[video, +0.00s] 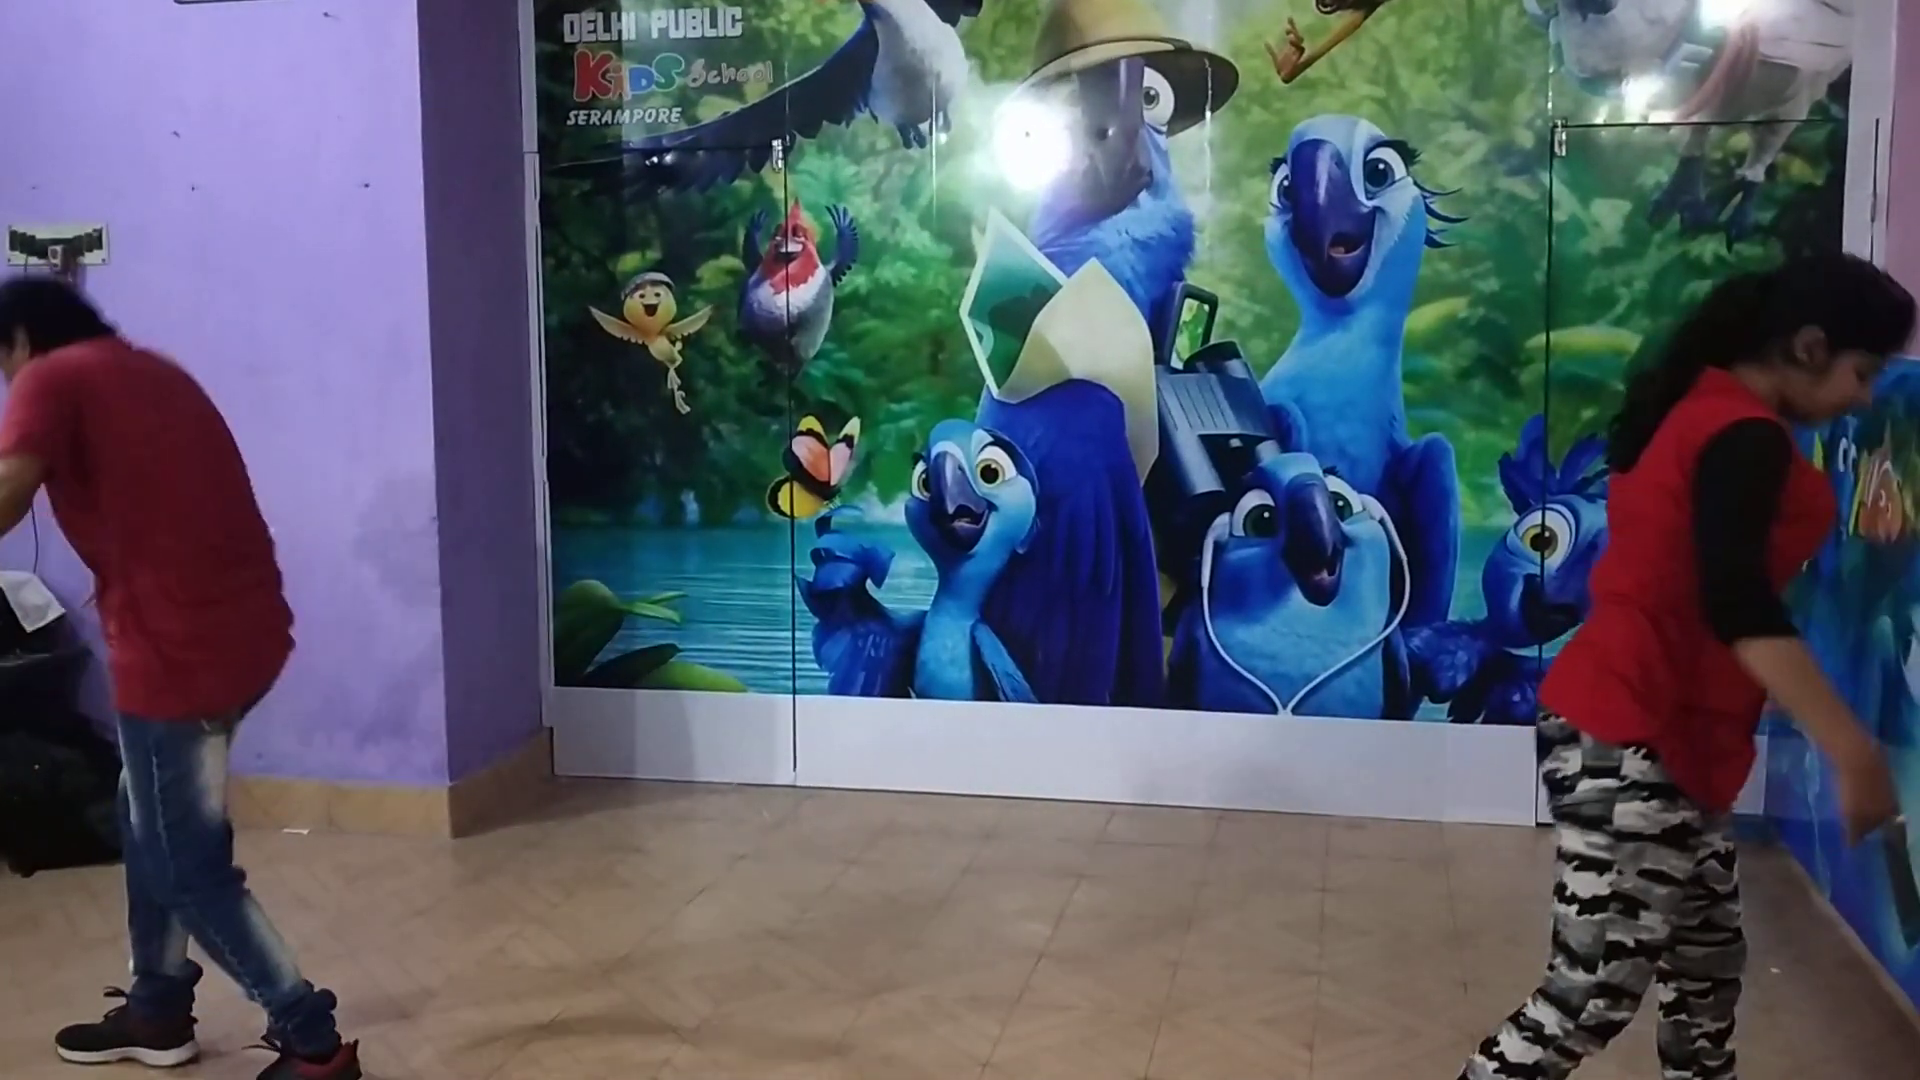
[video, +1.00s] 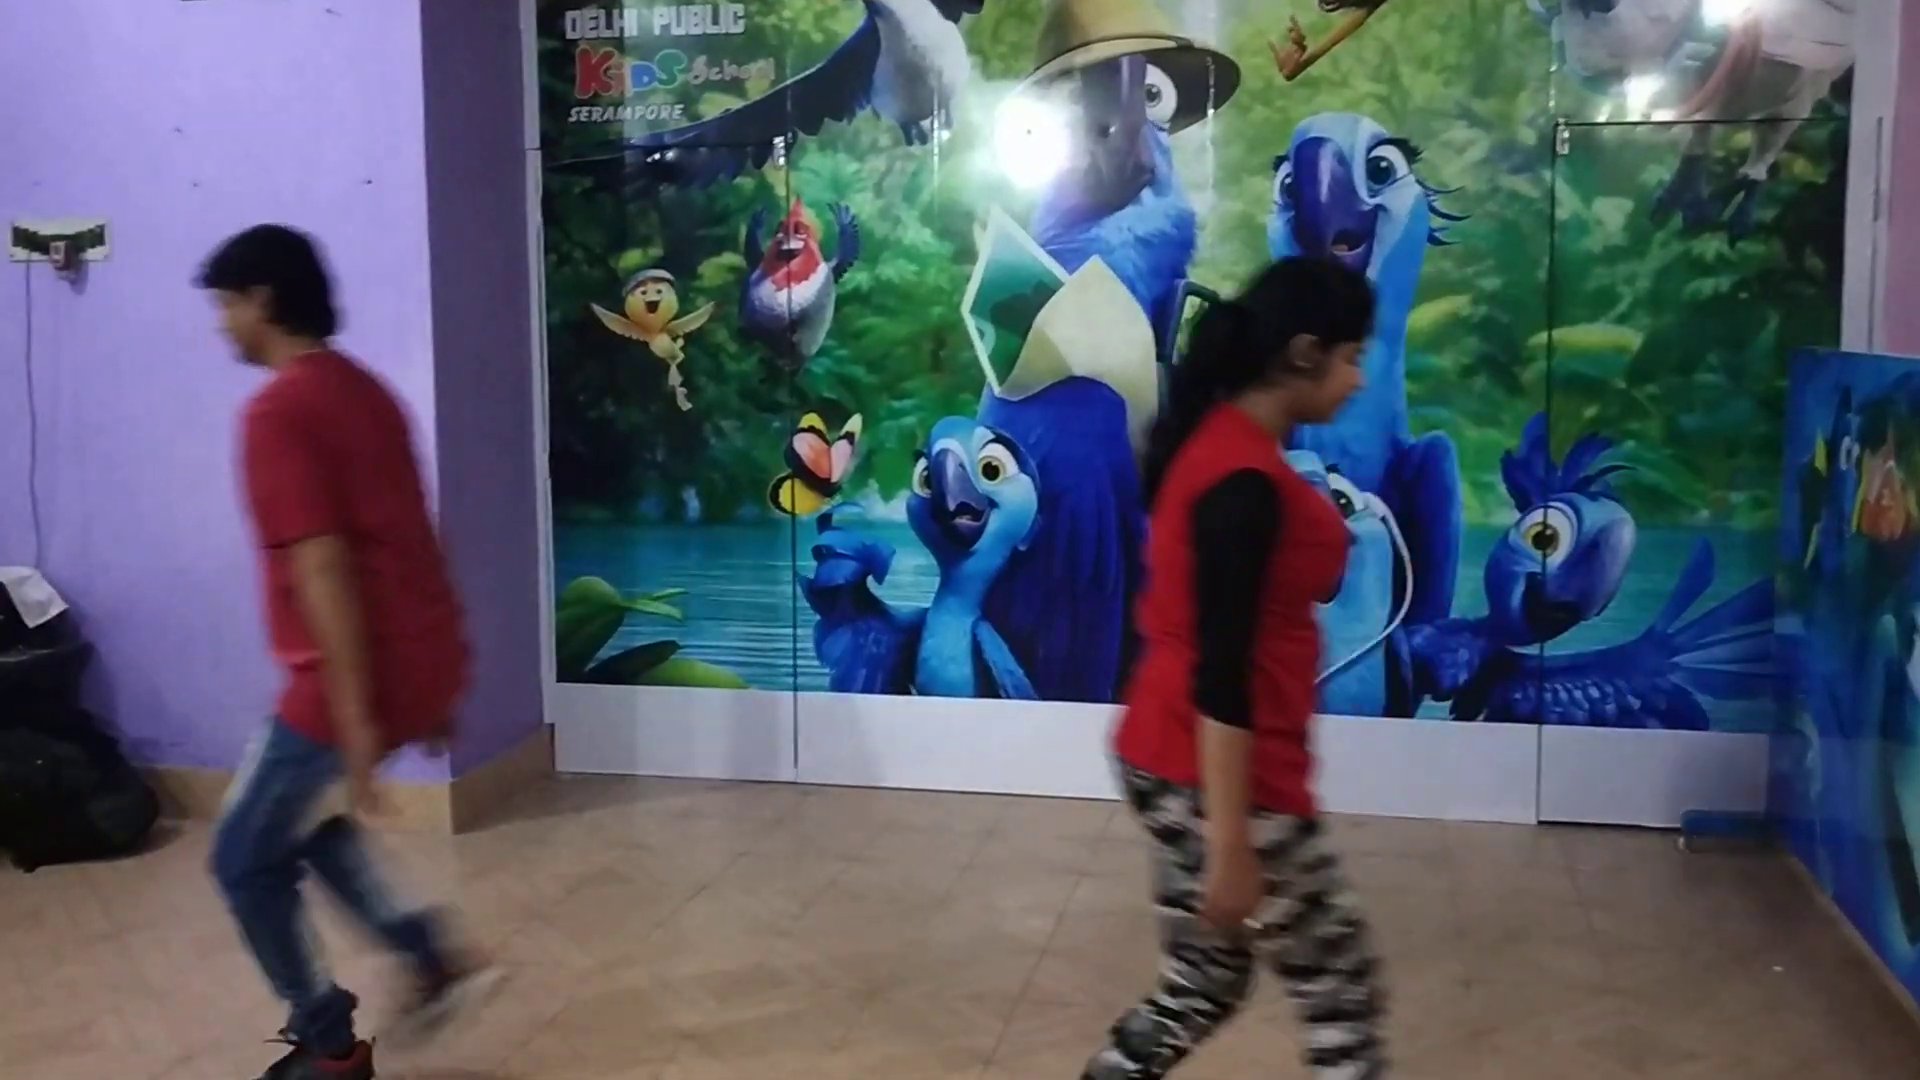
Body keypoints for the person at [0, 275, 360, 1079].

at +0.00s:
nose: (3, 373)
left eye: (0, 360)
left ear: (20, 342)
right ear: (80, 327)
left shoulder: (49, 379)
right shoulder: (155, 370)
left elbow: (7, 499)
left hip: (171, 651)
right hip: (247, 634)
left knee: (194, 871)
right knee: (148, 828)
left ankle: (313, 1043)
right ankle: (158, 1014)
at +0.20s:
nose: (13, 297)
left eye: (13, 278)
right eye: (11, 280)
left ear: (41, 271)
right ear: (96, 267)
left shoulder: (61, 340)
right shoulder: (168, 336)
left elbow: (49, 448)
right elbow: (264, 437)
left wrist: (1, 524)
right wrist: (281, 475)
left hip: (151, 640)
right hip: (227, 618)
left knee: (216, 842)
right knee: (154, 810)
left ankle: (312, 1036)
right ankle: (157, 1011)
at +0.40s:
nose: (11, 287)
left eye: (12, 268)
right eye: (10, 270)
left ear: (41, 265)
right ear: (96, 264)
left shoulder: (64, 353)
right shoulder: (165, 345)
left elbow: (53, 472)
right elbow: (253, 431)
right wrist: (302, 463)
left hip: (161, 640)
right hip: (230, 615)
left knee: (215, 843)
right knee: (151, 807)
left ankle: (312, 1035)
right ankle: (154, 1009)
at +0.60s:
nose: (40, 291)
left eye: (43, 274)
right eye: (38, 275)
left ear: (76, 273)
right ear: (121, 271)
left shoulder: (100, 375)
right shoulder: (188, 360)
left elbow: (99, 524)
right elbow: (263, 483)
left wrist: (53, 663)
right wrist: (292, 568)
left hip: (180, 649)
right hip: (242, 628)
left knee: (186, 864)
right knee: (144, 818)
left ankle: (313, 1030)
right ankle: (153, 1009)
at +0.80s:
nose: (114, 312)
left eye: (120, 294)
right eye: (114, 295)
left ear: (154, 294)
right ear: (190, 293)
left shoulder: (174, 400)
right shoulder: (262, 382)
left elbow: (196, 563)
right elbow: (307, 534)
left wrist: (197, 722)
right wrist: (333, 667)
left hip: (247, 673)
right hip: (299, 662)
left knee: (208, 864)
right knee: (196, 823)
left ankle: (321, 1036)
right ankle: (156, 998)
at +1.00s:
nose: (219, 319)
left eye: (226, 301)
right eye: (219, 302)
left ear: (265, 302)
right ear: (300, 300)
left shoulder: (281, 410)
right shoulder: (361, 388)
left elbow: (323, 568)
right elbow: (411, 541)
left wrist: (357, 723)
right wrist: (433, 689)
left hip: (345, 688)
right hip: (408, 671)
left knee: (244, 858)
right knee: (311, 824)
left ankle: (325, 1037)